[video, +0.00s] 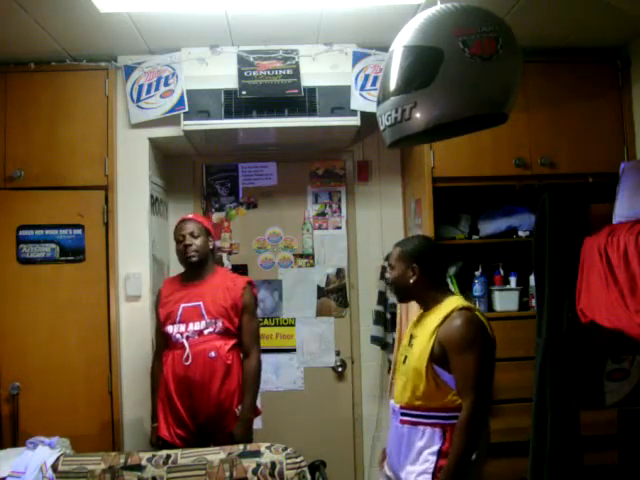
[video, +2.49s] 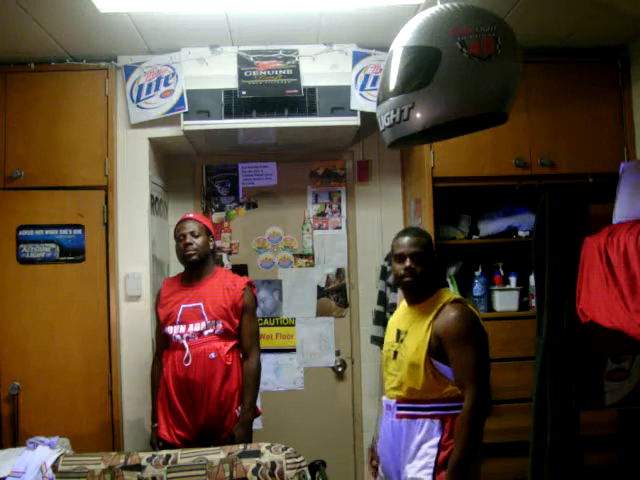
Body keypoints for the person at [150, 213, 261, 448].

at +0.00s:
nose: (186, 242)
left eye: (194, 236)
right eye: (180, 239)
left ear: (210, 241)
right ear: (176, 248)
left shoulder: (238, 287)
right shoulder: (167, 290)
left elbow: (251, 354)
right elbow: (160, 353)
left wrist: (246, 416)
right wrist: (157, 417)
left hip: (225, 415)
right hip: (176, 417)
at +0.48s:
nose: (187, 242)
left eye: (194, 235)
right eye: (180, 238)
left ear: (210, 242)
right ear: (176, 247)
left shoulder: (237, 287)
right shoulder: (166, 290)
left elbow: (251, 354)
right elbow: (160, 354)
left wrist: (246, 416)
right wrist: (157, 418)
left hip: (225, 416)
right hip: (176, 417)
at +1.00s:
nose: (187, 241)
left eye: (194, 235)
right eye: (180, 238)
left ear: (210, 242)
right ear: (176, 246)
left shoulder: (237, 287)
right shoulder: (166, 289)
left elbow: (251, 354)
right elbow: (159, 355)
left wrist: (245, 417)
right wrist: (157, 420)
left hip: (225, 416)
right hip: (176, 417)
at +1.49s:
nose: (187, 242)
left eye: (195, 235)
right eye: (180, 238)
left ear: (211, 242)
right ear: (176, 247)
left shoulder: (237, 288)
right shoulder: (167, 289)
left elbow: (251, 354)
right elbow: (160, 355)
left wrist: (246, 417)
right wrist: (157, 419)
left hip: (225, 416)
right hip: (176, 416)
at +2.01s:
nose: (187, 241)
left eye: (195, 234)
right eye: (180, 237)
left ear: (211, 242)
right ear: (176, 248)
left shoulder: (237, 288)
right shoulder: (167, 289)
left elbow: (251, 355)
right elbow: (160, 355)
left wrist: (245, 417)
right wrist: (157, 420)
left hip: (225, 416)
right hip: (176, 416)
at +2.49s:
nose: (187, 241)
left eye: (195, 234)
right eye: (180, 237)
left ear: (211, 242)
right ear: (176, 248)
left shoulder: (237, 288)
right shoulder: (167, 290)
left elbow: (251, 355)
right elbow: (160, 355)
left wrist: (246, 417)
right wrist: (157, 419)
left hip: (225, 416)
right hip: (176, 416)